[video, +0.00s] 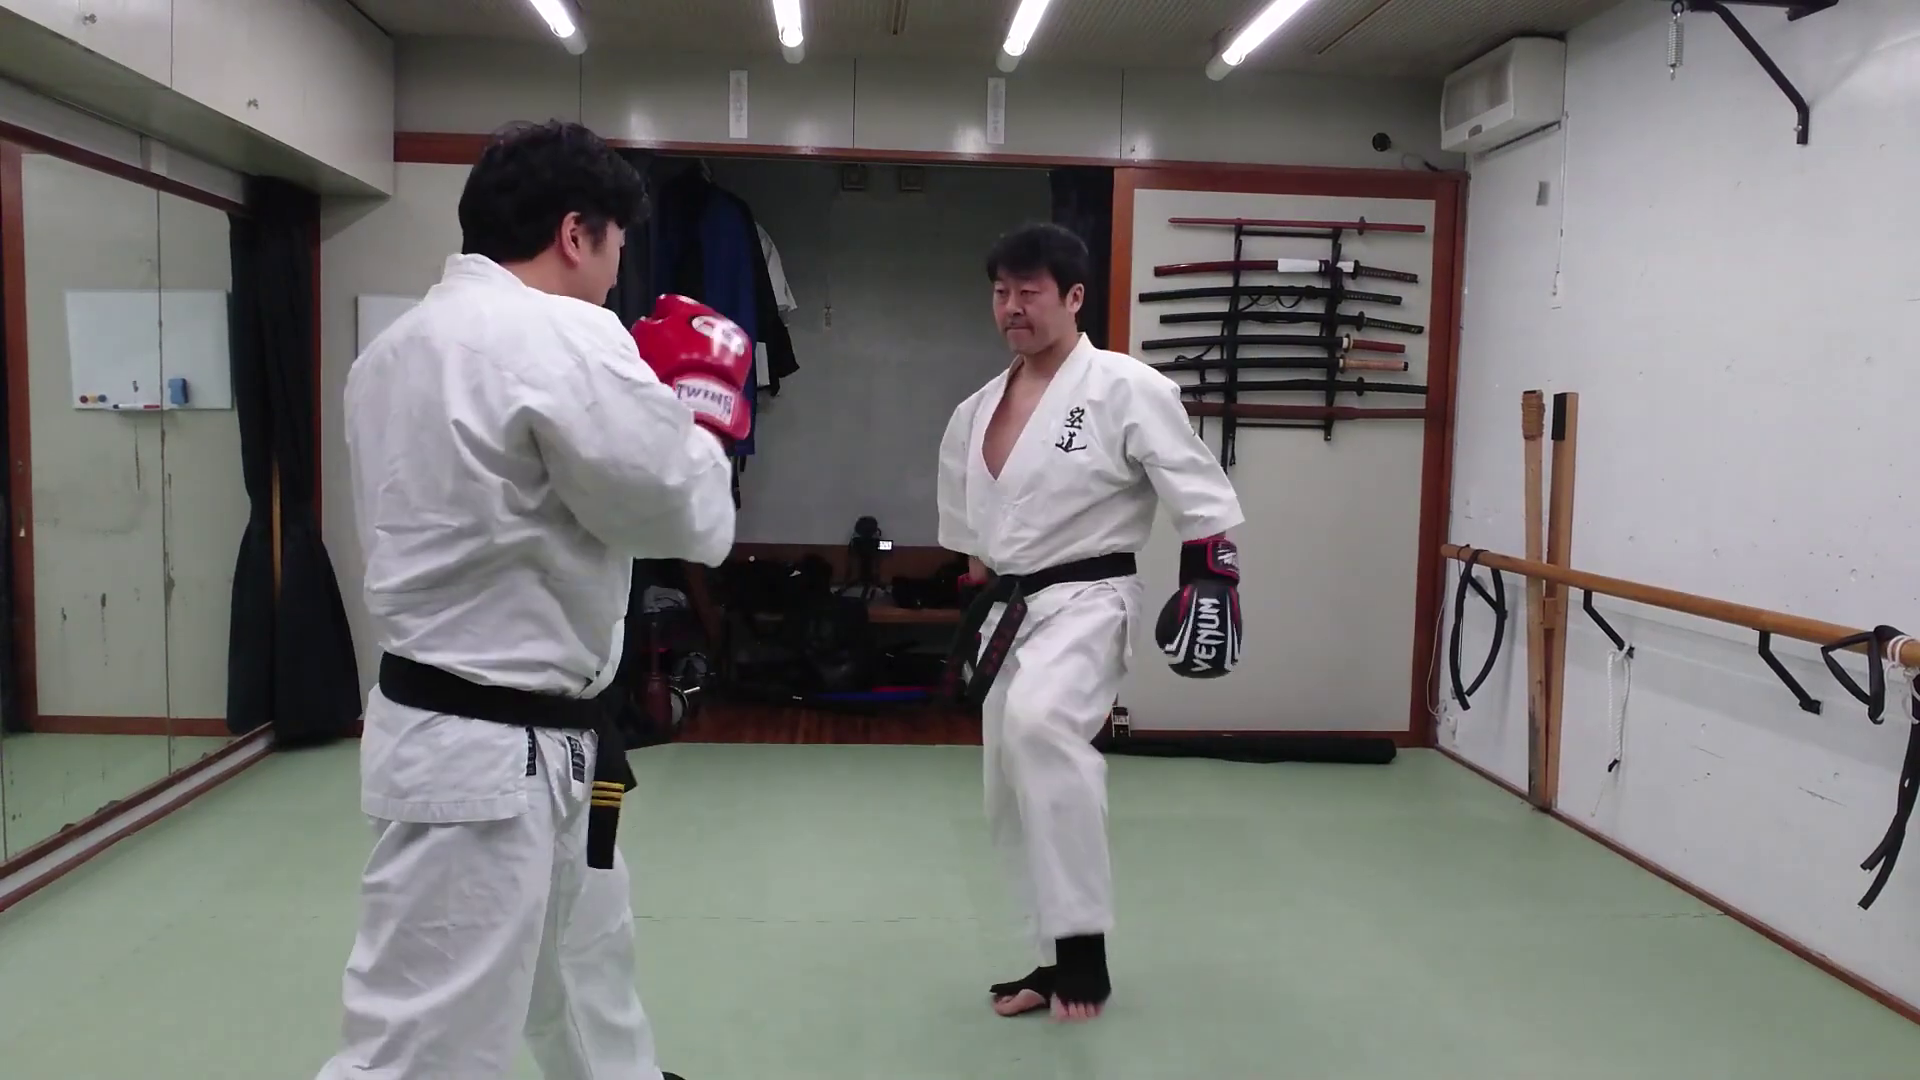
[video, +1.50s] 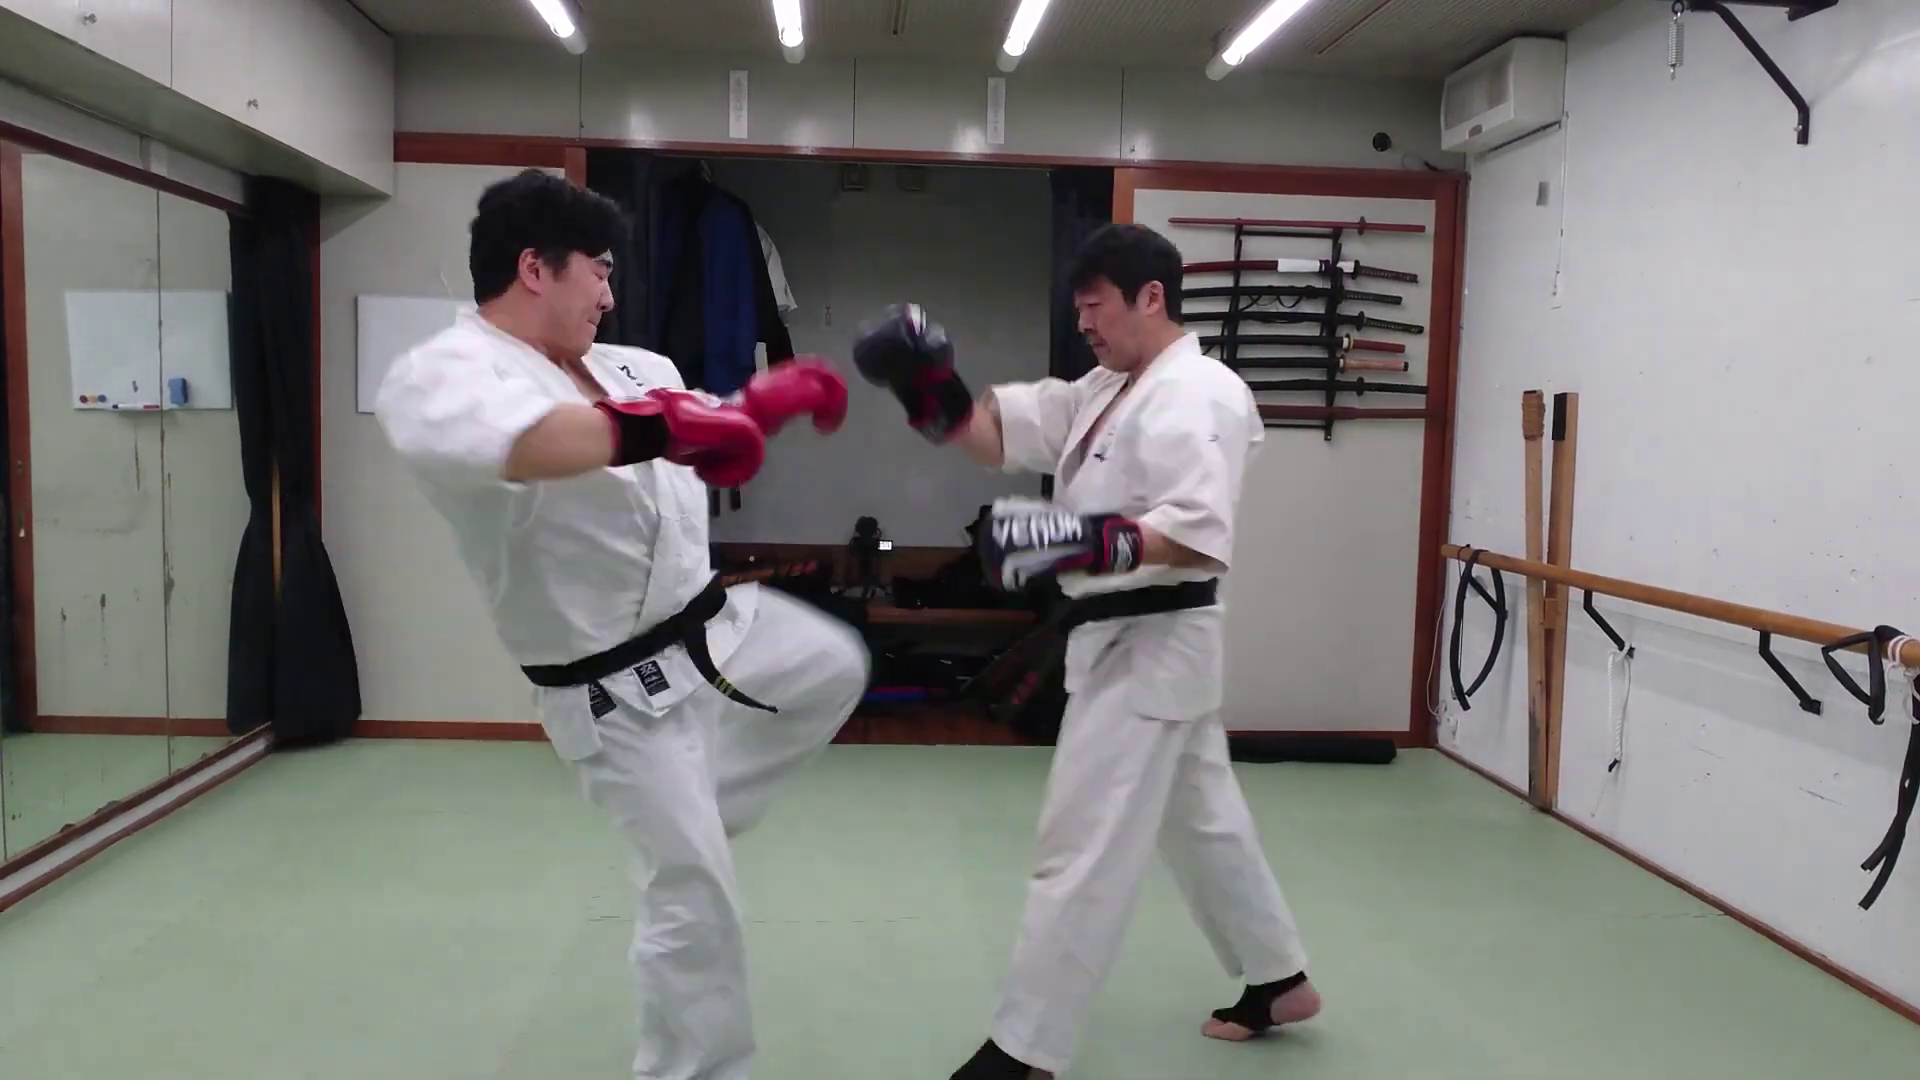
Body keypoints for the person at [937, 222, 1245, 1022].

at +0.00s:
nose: (1011, 308)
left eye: (1029, 293)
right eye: (1001, 293)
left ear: (1074, 298)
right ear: (992, 302)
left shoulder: (1125, 387)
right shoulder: (978, 410)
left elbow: (1201, 488)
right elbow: (978, 539)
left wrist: (1210, 579)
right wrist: (981, 624)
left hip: (1088, 599)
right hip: (1013, 608)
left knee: (1035, 724)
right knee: (1009, 773)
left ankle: (1082, 953)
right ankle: (1057, 960)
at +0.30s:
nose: (998, 302)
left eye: (1018, 291)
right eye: (998, 293)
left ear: (1066, 310)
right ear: (1001, 315)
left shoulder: (1076, 387)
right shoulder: (1007, 394)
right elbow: (989, 523)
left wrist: (879, 361)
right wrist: (933, 593)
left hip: (1075, 636)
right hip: (985, 640)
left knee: (1124, 823)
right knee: (926, 808)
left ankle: (1166, 953)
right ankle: (978, 980)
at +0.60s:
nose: (991, 382)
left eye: (1000, 365)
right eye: (984, 372)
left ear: (1048, 354)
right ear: (1052, 367)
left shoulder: (1037, 397)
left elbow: (1042, 484)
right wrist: (888, 515)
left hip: (970, 569)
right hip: (971, 657)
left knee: (829, 535)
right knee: (911, 813)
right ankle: (944, 1007)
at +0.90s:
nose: (993, 343)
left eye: (1002, 324)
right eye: (988, 330)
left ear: (1055, 316)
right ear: (1046, 326)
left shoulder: (1062, 389)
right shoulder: (1048, 401)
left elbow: (1038, 516)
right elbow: (986, 522)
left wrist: (964, 544)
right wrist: (893, 530)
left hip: (972, 602)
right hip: (1002, 618)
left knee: (853, 752)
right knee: (946, 813)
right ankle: (944, 1010)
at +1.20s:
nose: (1005, 333)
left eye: (1012, 311)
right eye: (1001, 316)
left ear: (1060, 292)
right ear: (1063, 296)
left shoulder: (1085, 368)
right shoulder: (1068, 362)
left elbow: (926, 407)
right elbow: (953, 384)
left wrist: (833, 344)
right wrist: (888, 317)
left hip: (1068, 637)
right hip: (1015, 633)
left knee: (1024, 847)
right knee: (958, 813)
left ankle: (1023, 1051)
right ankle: (994, 981)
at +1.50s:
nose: (1085, 328)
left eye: (1094, 309)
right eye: (1080, 313)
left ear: (1152, 298)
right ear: (1140, 304)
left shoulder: (1199, 395)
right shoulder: (1107, 387)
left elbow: (1193, 536)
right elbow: (998, 431)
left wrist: (1081, 540)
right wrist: (931, 388)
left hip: (1155, 647)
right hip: (1121, 640)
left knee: (1082, 849)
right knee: (1202, 819)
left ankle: (1023, 1051)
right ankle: (1278, 984)